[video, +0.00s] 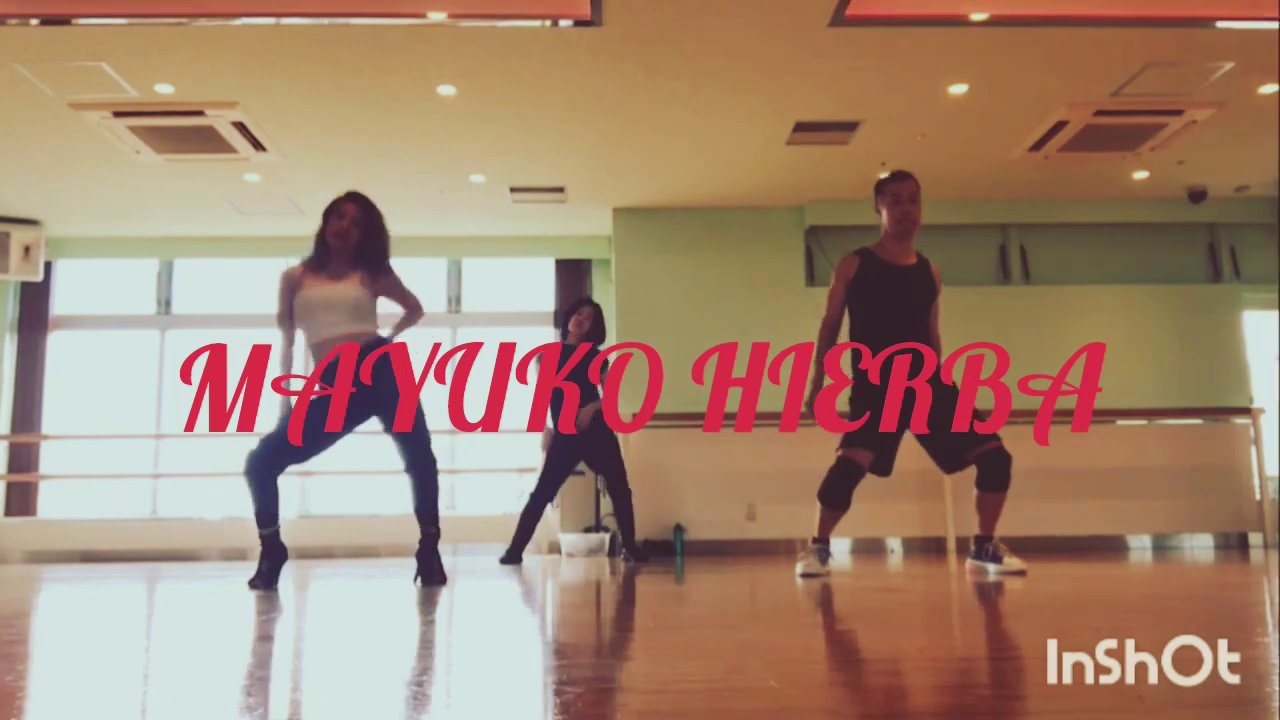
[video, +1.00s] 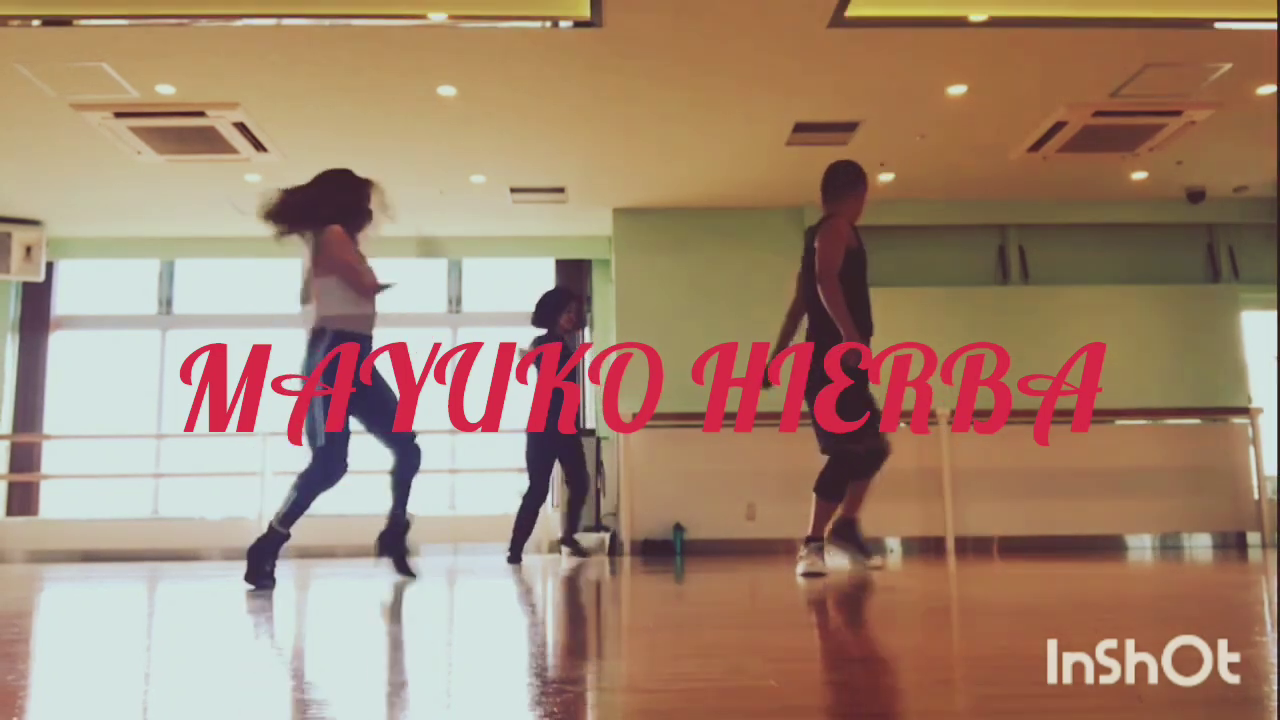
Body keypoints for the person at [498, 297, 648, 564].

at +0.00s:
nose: (581, 319)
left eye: (588, 318)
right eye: (578, 314)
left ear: (594, 327)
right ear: (569, 318)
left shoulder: (597, 356)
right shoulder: (552, 353)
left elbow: (615, 393)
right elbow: (544, 393)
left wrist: (592, 408)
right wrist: (547, 428)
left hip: (597, 434)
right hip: (565, 435)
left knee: (620, 489)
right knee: (541, 494)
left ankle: (630, 546)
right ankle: (515, 551)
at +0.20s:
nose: (577, 313)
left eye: (584, 311)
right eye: (574, 308)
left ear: (590, 319)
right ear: (564, 311)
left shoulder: (593, 349)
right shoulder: (547, 346)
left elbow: (603, 387)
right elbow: (537, 387)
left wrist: (583, 401)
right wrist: (538, 421)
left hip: (584, 428)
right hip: (550, 427)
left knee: (608, 489)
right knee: (531, 489)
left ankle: (629, 546)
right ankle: (514, 549)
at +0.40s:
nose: (574, 315)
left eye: (581, 313)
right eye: (571, 310)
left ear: (587, 320)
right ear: (561, 314)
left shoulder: (592, 351)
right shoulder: (546, 349)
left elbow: (596, 391)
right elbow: (532, 388)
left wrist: (580, 412)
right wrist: (526, 419)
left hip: (571, 430)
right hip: (539, 429)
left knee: (598, 490)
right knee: (524, 491)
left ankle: (624, 545)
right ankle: (513, 549)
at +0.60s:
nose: (574, 332)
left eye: (580, 329)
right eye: (571, 327)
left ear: (586, 335)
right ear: (562, 330)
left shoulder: (593, 367)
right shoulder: (549, 363)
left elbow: (601, 409)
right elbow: (532, 395)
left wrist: (607, 444)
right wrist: (526, 423)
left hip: (587, 444)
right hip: (556, 444)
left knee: (609, 496)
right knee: (534, 498)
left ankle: (628, 546)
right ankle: (514, 550)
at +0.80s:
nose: (576, 322)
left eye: (579, 318)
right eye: (571, 317)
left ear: (582, 324)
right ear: (558, 319)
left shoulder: (577, 353)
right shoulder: (545, 350)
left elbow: (576, 389)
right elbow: (535, 379)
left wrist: (607, 399)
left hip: (574, 431)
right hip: (546, 432)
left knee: (602, 490)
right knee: (539, 494)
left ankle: (627, 545)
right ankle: (516, 551)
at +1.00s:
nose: (573, 319)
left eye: (575, 314)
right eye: (568, 313)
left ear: (575, 317)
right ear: (555, 313)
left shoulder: (570, 346)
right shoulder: (548, 343)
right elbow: (550, 376)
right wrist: (577, 355)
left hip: (567, 428)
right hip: (544, 427)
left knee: (580, 481)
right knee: (538, 489)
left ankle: (569, 536)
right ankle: (515, 551)